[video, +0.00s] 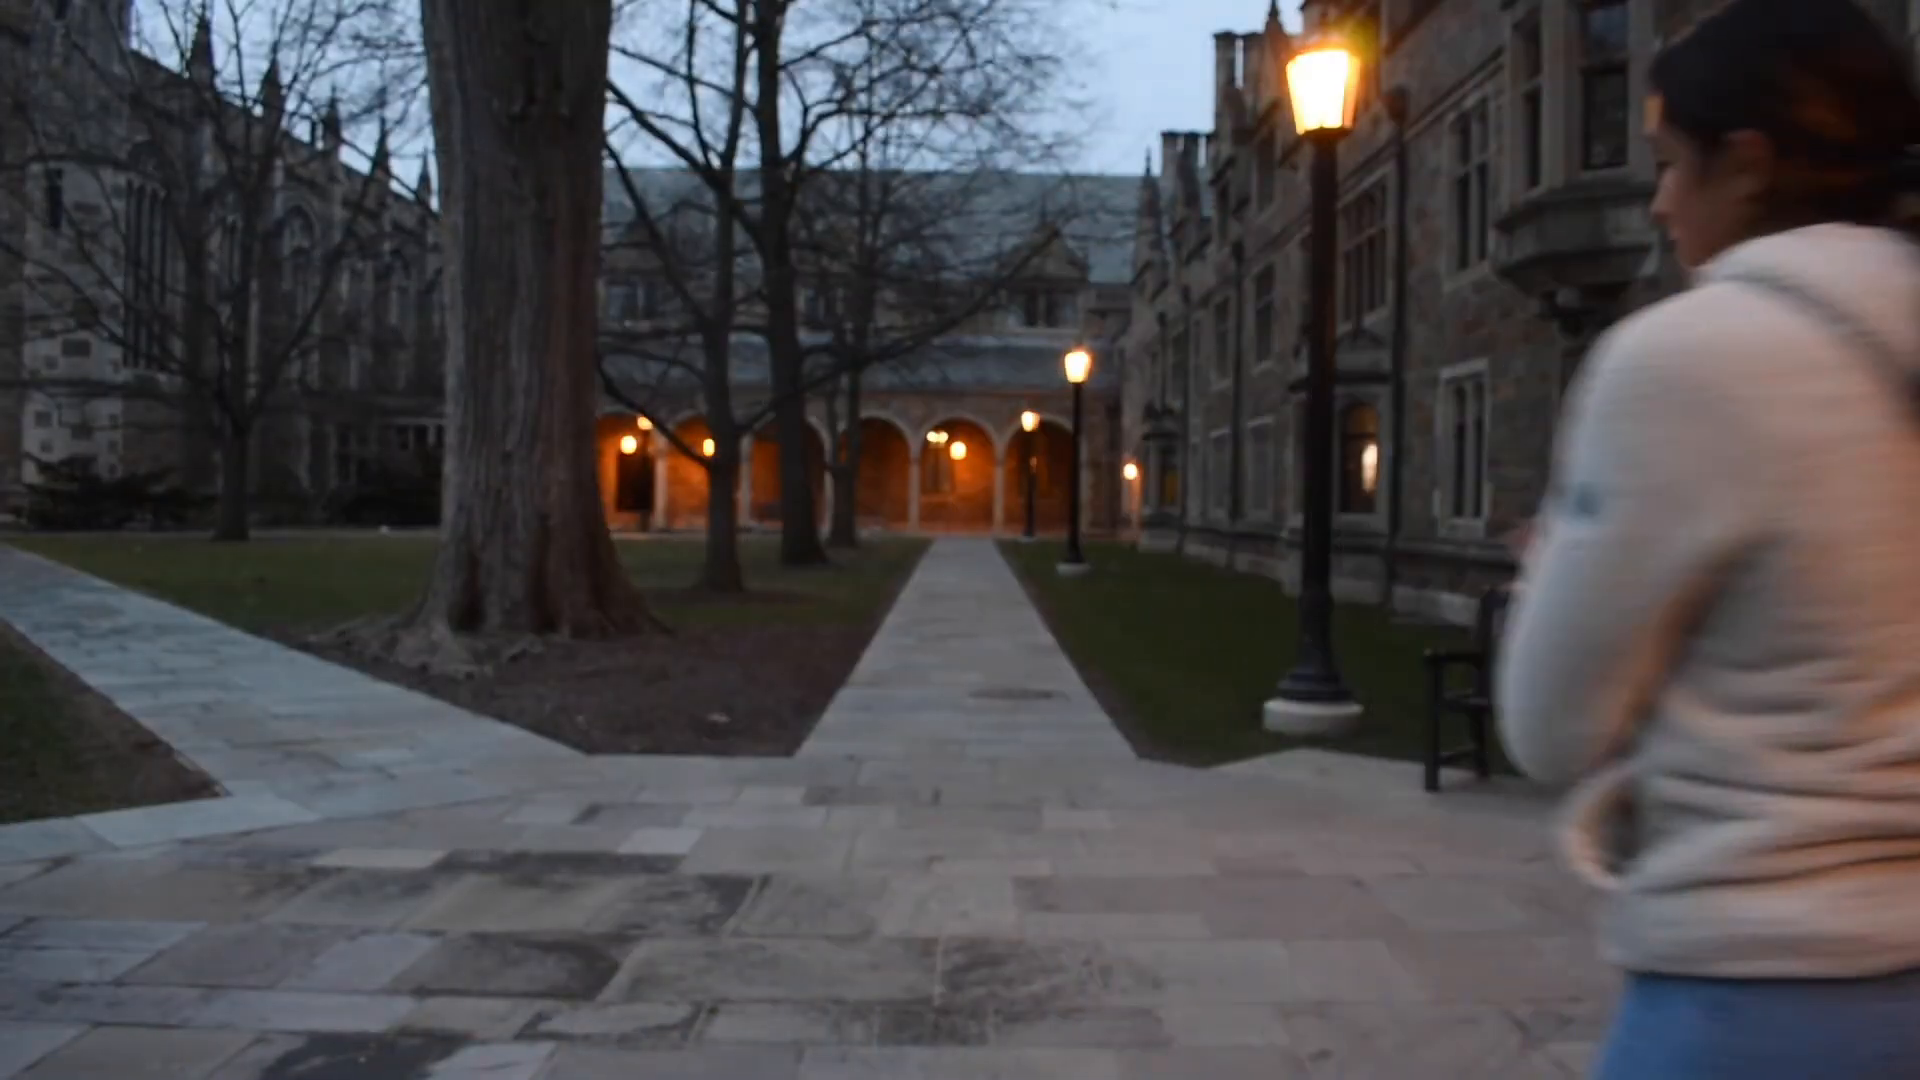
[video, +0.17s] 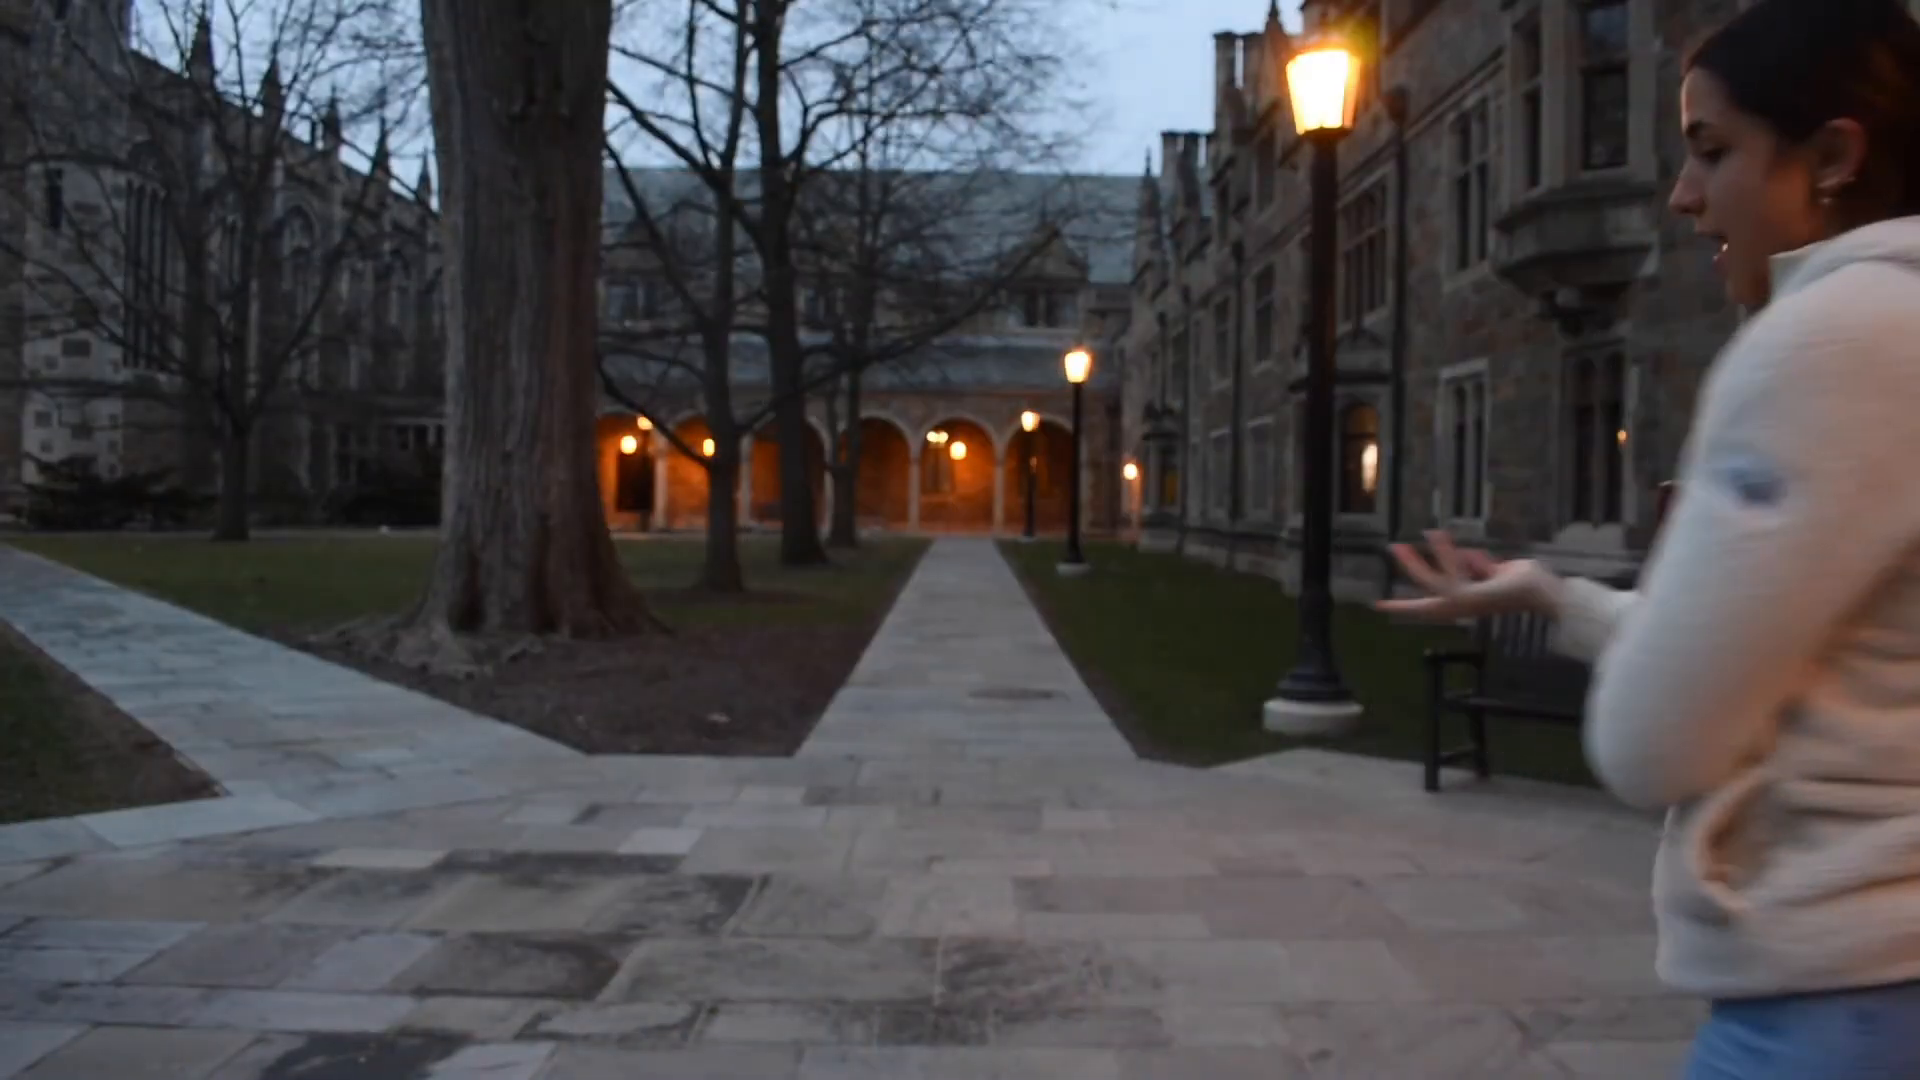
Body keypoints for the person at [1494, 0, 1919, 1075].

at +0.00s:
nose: (1656, 203)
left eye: (1666, 164)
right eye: (1655, 167)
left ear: (1749, 161)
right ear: (1861, 153)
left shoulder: (1692, 357)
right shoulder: (1898, 310)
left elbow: (1547, 728)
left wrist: (1551, 567)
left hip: (1760, 991)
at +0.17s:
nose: (1683, 195)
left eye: (1711, 150)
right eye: (1688, 153)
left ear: (1831, 158)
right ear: (1833, 163)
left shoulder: (1840, 331)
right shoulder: (1878, 312)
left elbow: (1648, 750)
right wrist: (1554, 601)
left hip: (1831, 1009)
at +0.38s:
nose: (1680, 182)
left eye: (1722, 137)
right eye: (1682, 144)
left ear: (1856, 146)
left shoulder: (1896, 350)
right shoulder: (1786, 346)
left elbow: (1772, 757)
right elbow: (1708, 668)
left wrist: (1557, 635)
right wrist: (1461, 588)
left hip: (1843, 1025)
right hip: (1775, 1009)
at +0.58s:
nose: (1624, 189)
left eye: (1668, 142)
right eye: (1627, 150)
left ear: (1806, 150)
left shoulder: (1894, 346)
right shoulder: (1709, 370)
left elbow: (1740, 771)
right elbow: (1653, 697)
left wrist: (1424, 647)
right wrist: (1436, 600)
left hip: (1816, 1038)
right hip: (1666, 1024)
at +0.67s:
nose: (1591, 193)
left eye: (1632, 144)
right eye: (1593, 154)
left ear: (1768, 153)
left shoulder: (1871, 334)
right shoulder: (1674, 364)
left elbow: (1711, 782)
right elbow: (1632, 703)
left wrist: (1395, 667)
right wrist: (1391, 644)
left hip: (1785, 1036)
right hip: (1617, 1018)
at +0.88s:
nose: (1450, 190)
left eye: (1489, 141)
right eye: (1452, 150)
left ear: (1624, 156)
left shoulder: (1746, 336)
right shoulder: (1573, 359)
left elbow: (1607, 798)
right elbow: (1542, 706)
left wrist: (1306, 717)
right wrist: (1308, 678)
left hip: (1666, 1034)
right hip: (1530, 1021)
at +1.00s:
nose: (1361, 199)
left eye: (1403, 153)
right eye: (1368, 158)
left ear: (1524, 172)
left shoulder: (1631, 354)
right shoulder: (1485, 369)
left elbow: (1485, 811)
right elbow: (1440, 723)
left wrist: (1180, 718)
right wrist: (1194, 681)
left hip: (1547, 1036)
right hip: (1431, 1026)